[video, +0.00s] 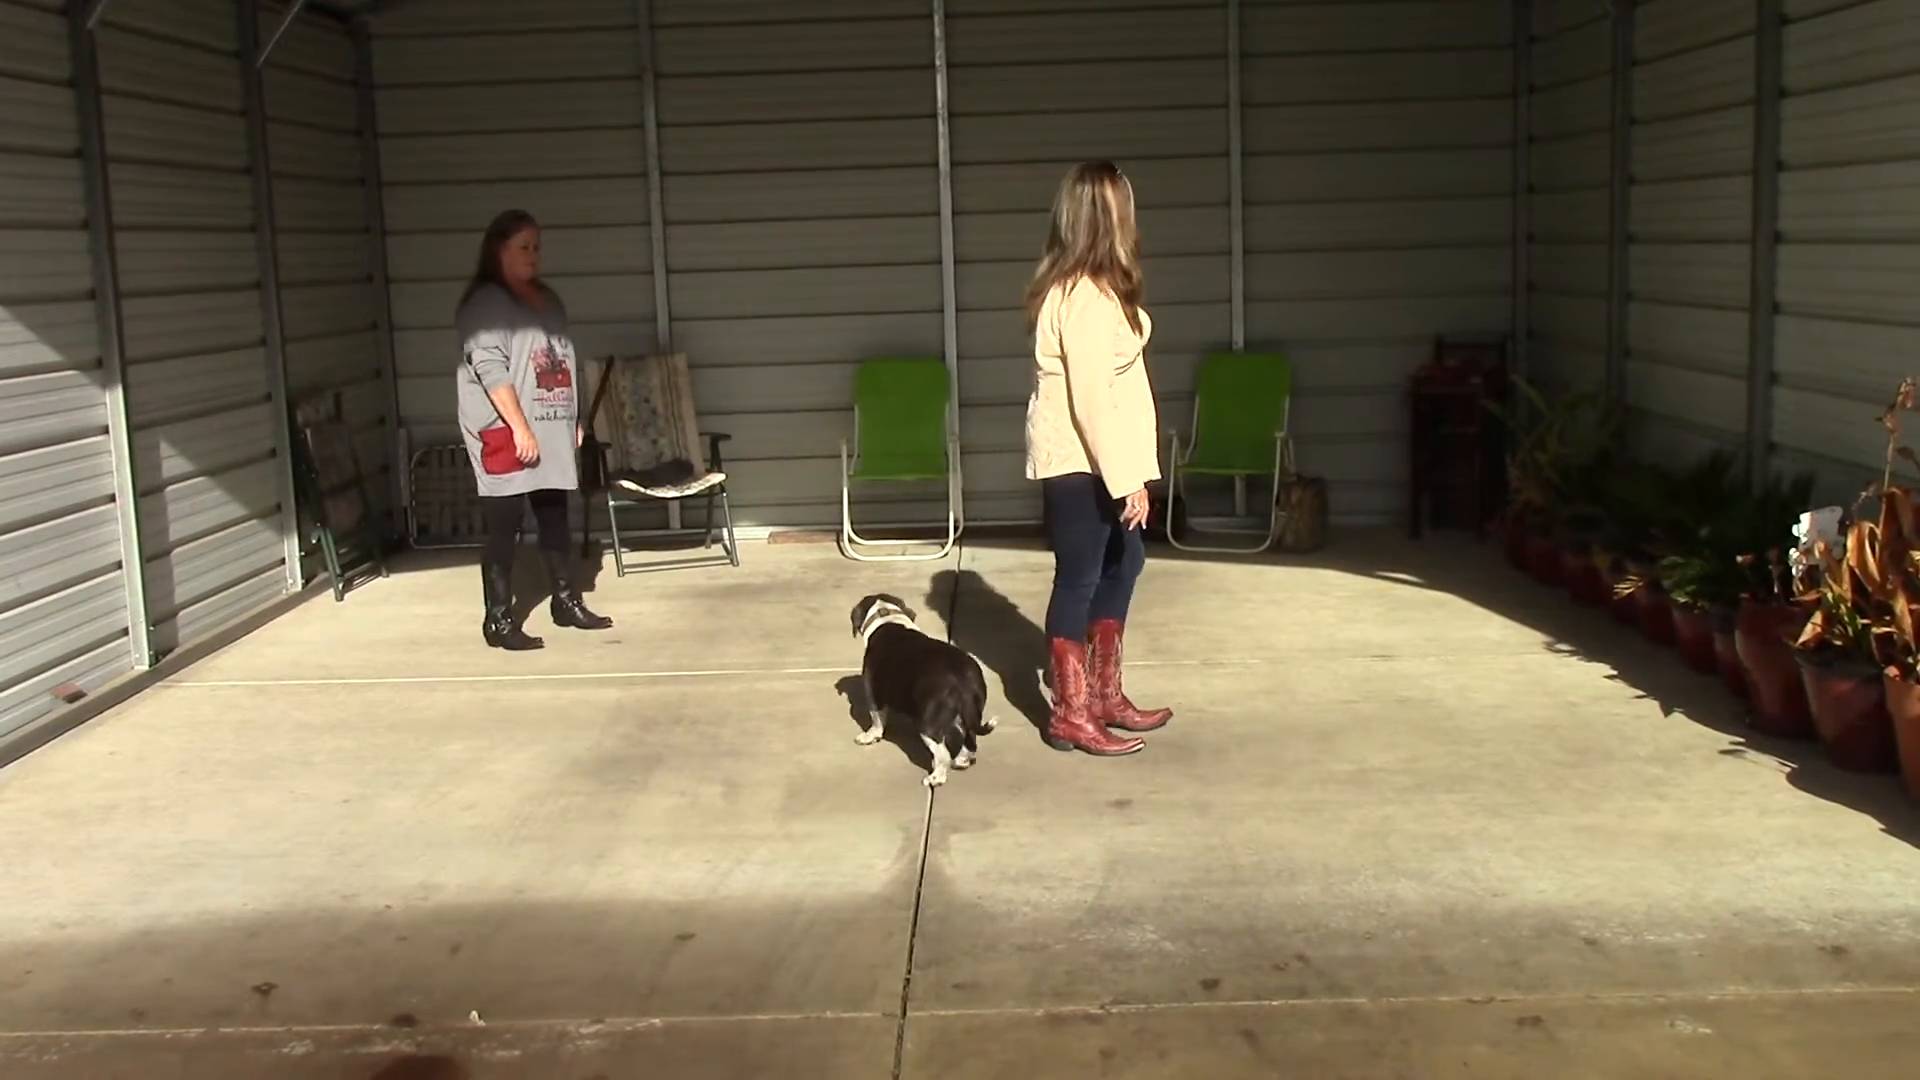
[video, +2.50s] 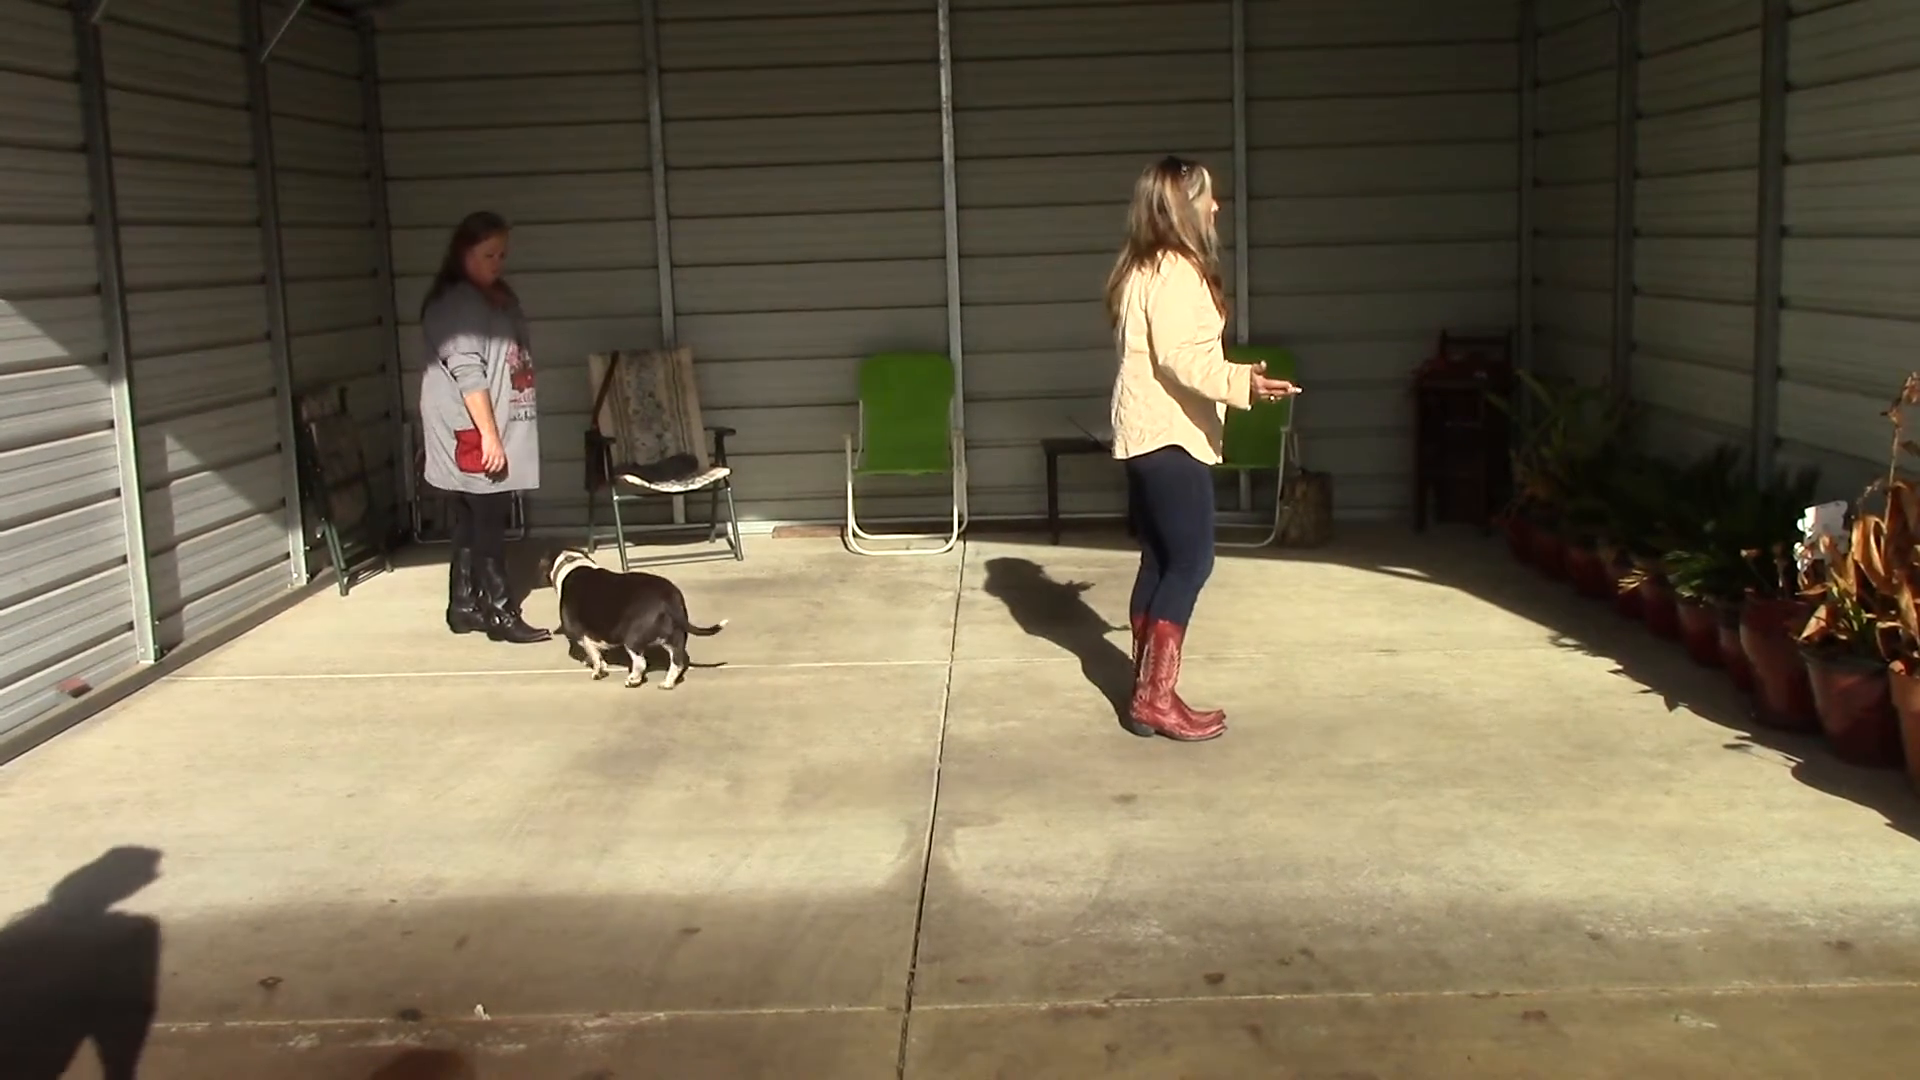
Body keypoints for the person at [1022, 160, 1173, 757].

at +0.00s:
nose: (1134, 221)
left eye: (1129, 209)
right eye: (1128, 211)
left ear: (1072, 217)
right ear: (1116, 218)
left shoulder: (1096, 289)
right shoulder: (1083, 294)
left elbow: (1118, 395)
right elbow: (1091, 402)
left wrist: (1139, 472)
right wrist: (1125, 482)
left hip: (1102, 453)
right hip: (1074, 457)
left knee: (1124, 559)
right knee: (1080, 571)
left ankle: (1103, 697)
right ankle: (1069, 714)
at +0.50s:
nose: (1168, 219)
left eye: (1163, 208)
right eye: (1162, 210)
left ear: (1107, 217)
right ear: (1148, 218)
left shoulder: (1126, 286)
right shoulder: (1126, 292)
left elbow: (1147, 390)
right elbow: (1134, 397)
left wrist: (1171, 466)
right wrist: (1164, 477)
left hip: (1139, 451)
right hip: (1116, 454)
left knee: (1149, 564)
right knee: (1110, 570)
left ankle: (1147, 696)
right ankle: (1071, 710)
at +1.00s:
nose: (1190, 211)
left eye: (1187, 202)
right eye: (1182, 204)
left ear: (1137, 213)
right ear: (1157, 212)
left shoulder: (1129, 277)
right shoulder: (1145, 282)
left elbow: (1139, 375)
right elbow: (1151, 378)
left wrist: (1182, 433)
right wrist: (1183, 443)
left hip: (1131, 446)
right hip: (1143, 447)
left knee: (1145, 560)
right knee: (1180, 557)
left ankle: (1142, 692)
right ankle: (1149, 697)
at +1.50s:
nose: (1204, 205)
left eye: (1201, 196)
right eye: (1195, 197)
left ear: (1152, 207)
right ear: (1172, 207)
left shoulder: (1137, 273)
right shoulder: (1165, 275)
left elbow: (1162, 363)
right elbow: (1171, 363)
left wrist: (1218, 399)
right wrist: (1217, 406)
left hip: (1141, 440)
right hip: (1161, 442)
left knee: (1155, 561)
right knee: (1168, 562)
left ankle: (1146, 694)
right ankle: (1151, 700)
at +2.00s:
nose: (1219, 210)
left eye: (1216, 200)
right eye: (1211, 201)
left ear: (1164, 209)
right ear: (1186, 210)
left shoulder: (1148, 276)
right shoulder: (1167, 282)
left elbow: (1172, 366)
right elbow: (1174, 371)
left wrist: (1230, 384)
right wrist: (1236, 396)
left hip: (1150, 442)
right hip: (1171, 443)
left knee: (1164, 559)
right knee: (1188, 562)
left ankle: (1149, 691)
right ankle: (1156, 698)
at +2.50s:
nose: (1216, 209)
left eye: (1214, 198)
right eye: (1209, 199)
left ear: (1165, 206)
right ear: (1184, 206)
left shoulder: (1144, 271)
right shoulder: (1175, 272)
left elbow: (1167, 358)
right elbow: (1181, 356)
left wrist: (1237, 376)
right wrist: (1243, 382)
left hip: (1142, 439)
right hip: (1170, 440)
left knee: (1160, 558)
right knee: (1191, 559)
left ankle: (1150, 691)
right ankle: (1156, 698)